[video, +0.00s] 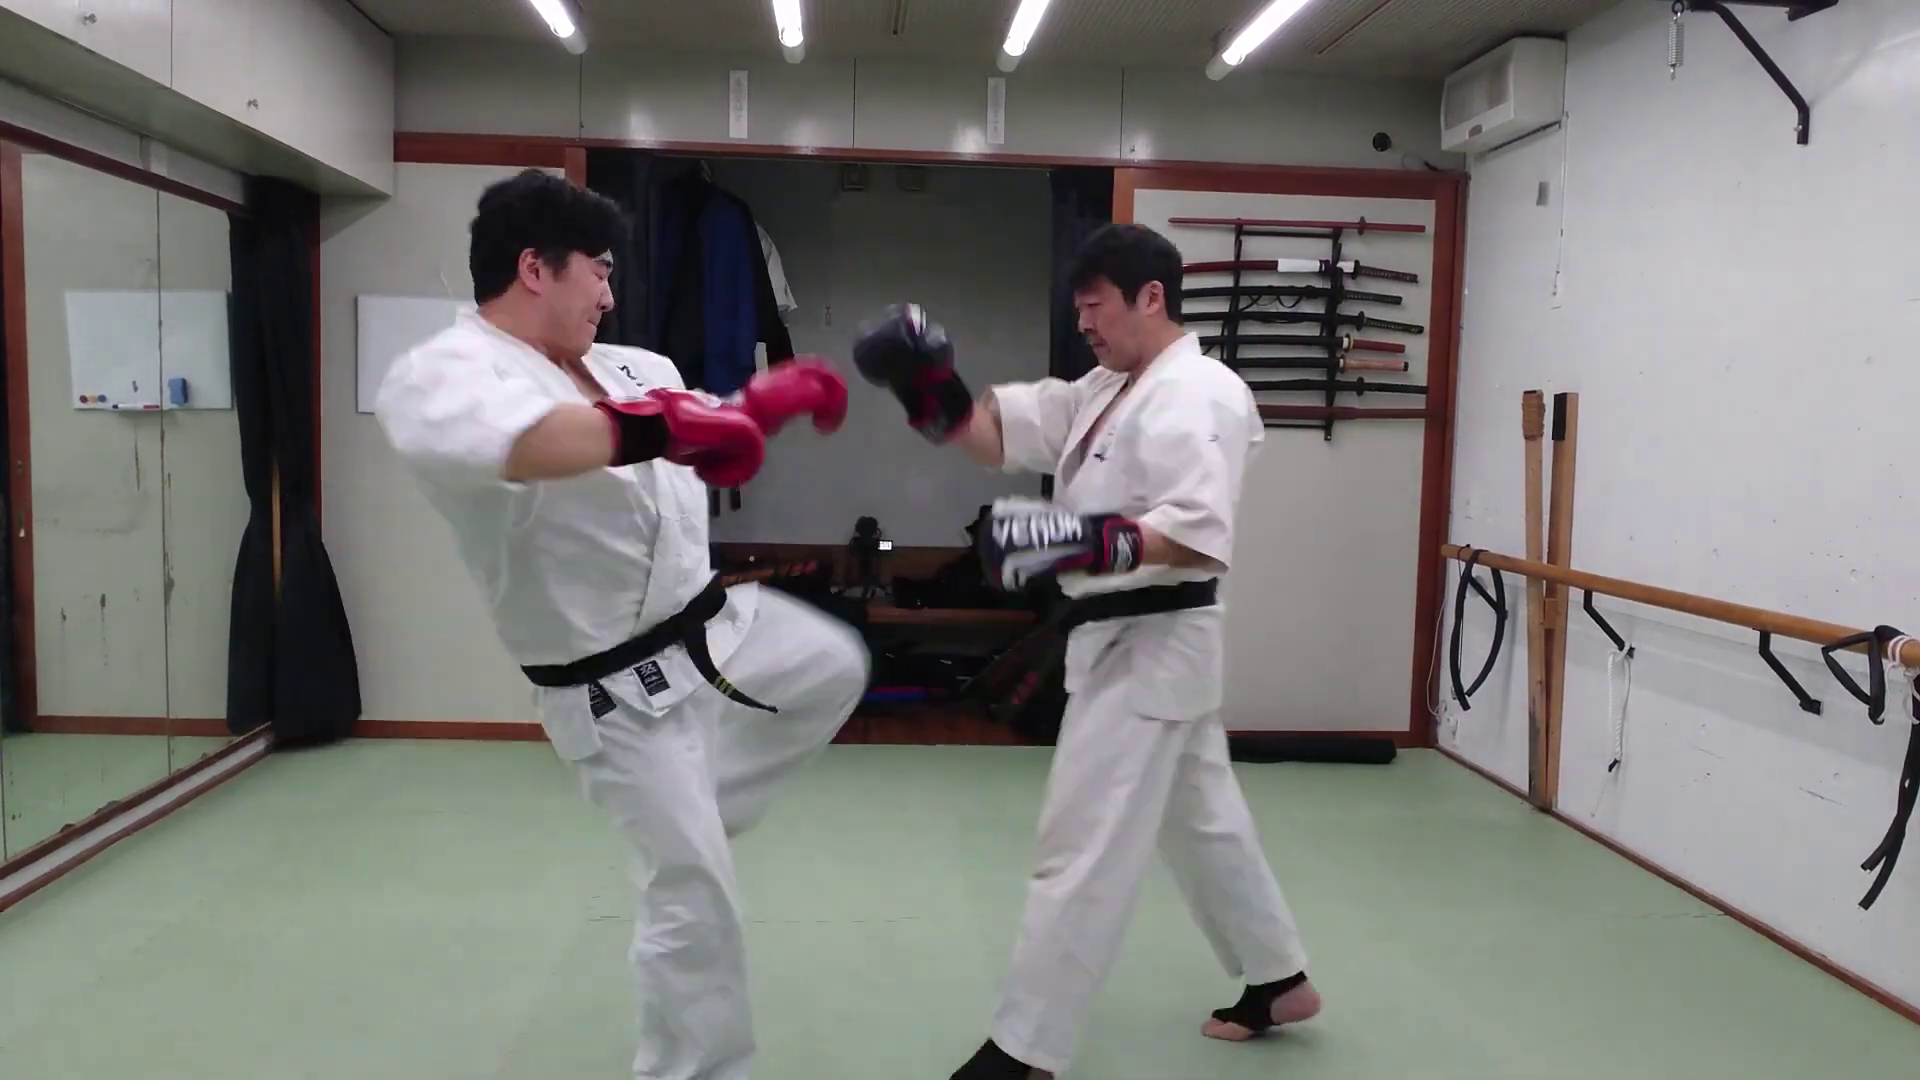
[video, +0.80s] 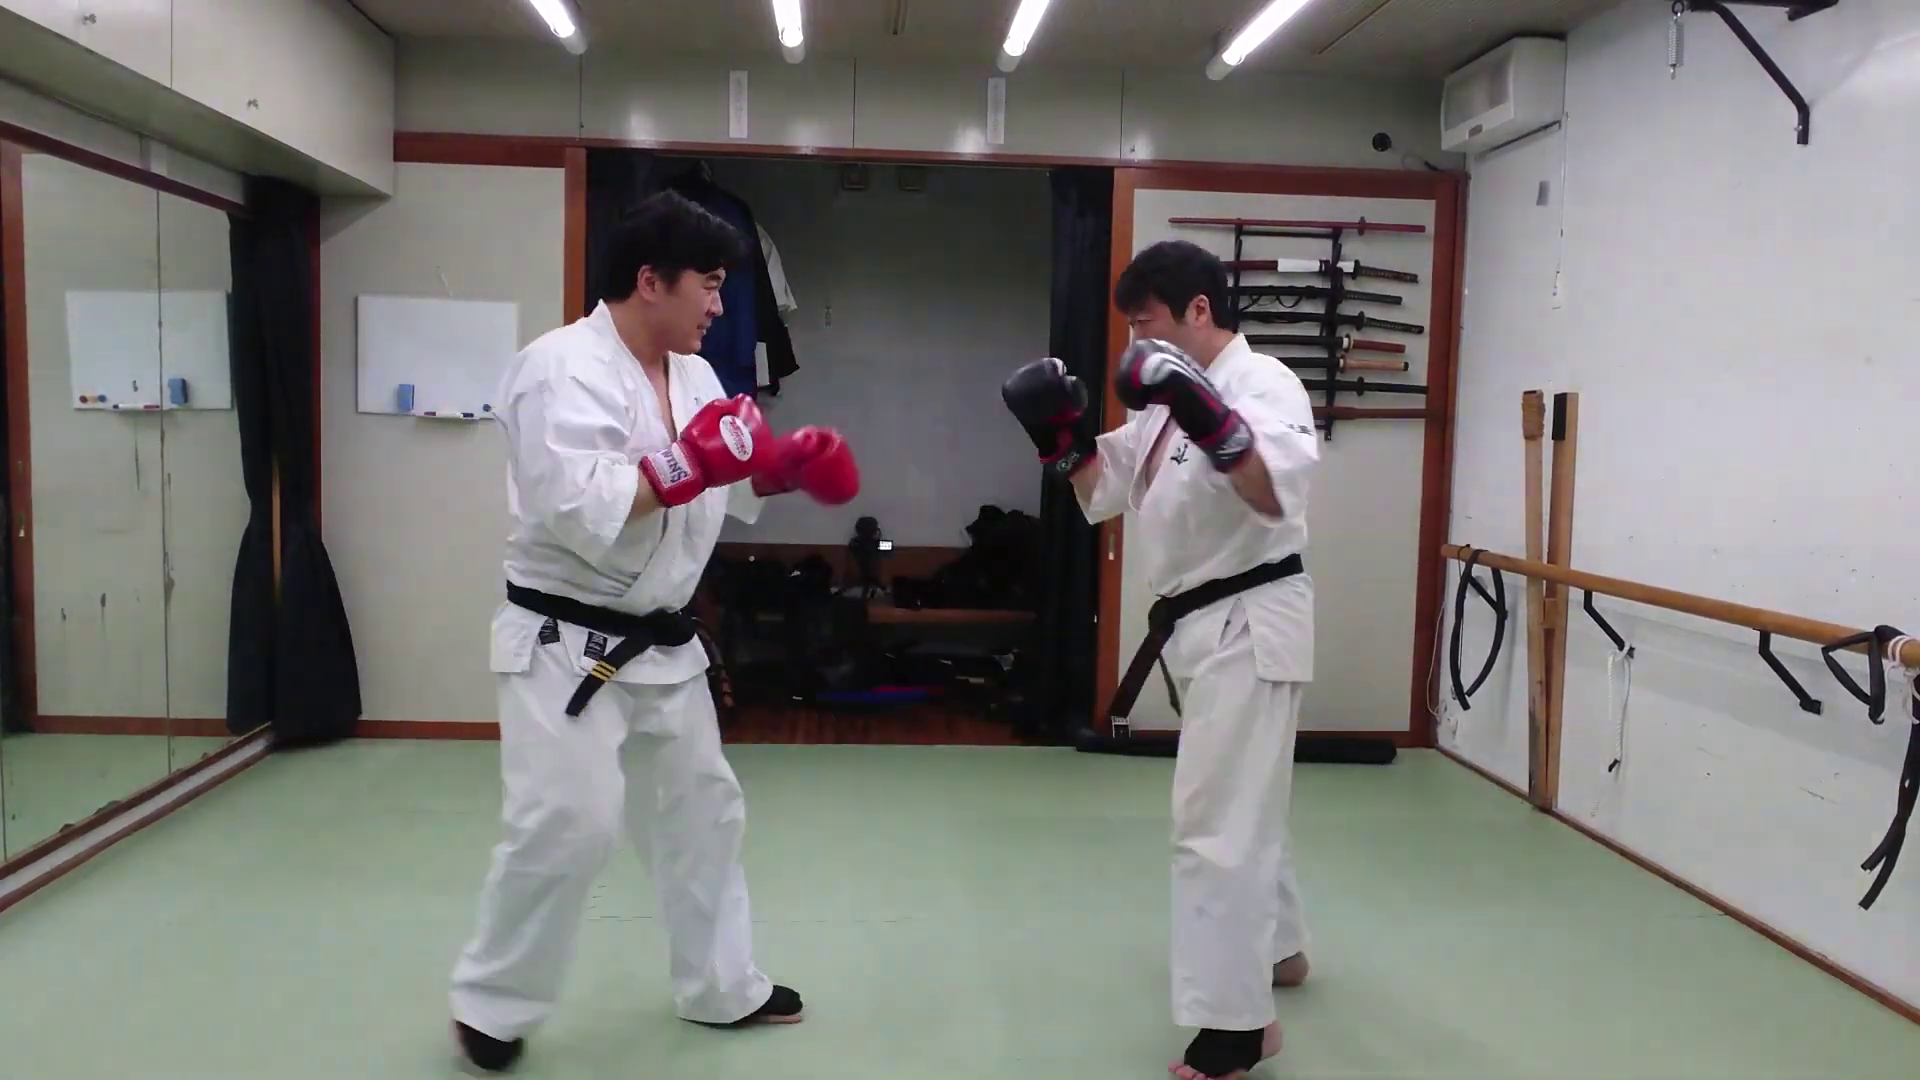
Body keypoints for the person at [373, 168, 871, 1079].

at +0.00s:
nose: (610, 290)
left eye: (609, 270)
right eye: (596, 267)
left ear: (540, 273)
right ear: (533, 270)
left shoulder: (630, 369)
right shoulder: (442, 376)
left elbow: (703, 424)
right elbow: (511, 441)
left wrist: (762, 403)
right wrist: (662, 429)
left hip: (713, 620)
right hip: (618, 688)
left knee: (832, 668)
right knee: (695, 896)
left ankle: (703, 821)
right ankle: (689, 1069)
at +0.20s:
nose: (618, 309)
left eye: (613, 289)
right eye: (602, 291)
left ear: (545, 306)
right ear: (538, 306)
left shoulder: (602, 372)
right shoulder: (475, 442)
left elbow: (689, 451)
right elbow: (606, 552)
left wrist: (730, 443)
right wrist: (698, 459)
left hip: (740, 578)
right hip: (672, 679)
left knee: (917, 560)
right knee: (712, 882)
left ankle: (1098, 555)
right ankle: (695, 1073)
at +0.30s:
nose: (635, 312)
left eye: (632, 291)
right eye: (619, 293)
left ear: (568, 305)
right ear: (553, 305)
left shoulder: (630, 372)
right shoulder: (483, 441)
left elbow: (709, 461)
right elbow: (591, 571)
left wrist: (735, 467)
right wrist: (696, 489)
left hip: (756, 585)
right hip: (675, 680)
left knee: (923, 617)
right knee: (705, 877)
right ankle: (700, 1070)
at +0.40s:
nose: (658, 301)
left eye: (655, 280)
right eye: (642, 281)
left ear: (591, 294)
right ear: (579, 295)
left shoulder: (643, 363)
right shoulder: (497, 424)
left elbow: (719, 441)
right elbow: (578, 559)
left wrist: (755, 508)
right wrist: (689, 488)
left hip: (757, 606)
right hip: (659, 673)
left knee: (898, 706)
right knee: (697, 878)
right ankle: (697, 1068)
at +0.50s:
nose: (683, 293)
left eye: (683, 273)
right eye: (669, 273)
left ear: (624, 278)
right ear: (605, 278)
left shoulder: (667, 357)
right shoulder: (528, 394)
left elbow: (730, 436)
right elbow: (571, 543)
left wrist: (796, 439)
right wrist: (683, 461)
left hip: (747, 627)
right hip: (644, 667)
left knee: (837, 774)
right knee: (685, 883)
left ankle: (773, 939)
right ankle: (697, 1065)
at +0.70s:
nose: (731, 304)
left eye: (732, 286)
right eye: (717, 286)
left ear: (677, 293)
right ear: (658, 290)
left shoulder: (722, 380)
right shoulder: (569, 386)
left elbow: (771, 473)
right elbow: (610, 529)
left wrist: (806, 413)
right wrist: (703, 456)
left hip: (692, 653)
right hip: (591, 658)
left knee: (737, 813)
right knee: (625, 858)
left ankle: (725, 992)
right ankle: (639, 1051)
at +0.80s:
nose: (719, 304)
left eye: (722, 287)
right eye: (708, 285)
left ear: (663, 285)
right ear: (649, 280)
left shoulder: (697, 379)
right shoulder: (560, 369)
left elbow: (731, 472)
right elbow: (577, 505)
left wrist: (784, 468)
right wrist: (686, 469)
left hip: (664, 639)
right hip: (560, 636)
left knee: (704, 810)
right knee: (569, 823)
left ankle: (721, 988)